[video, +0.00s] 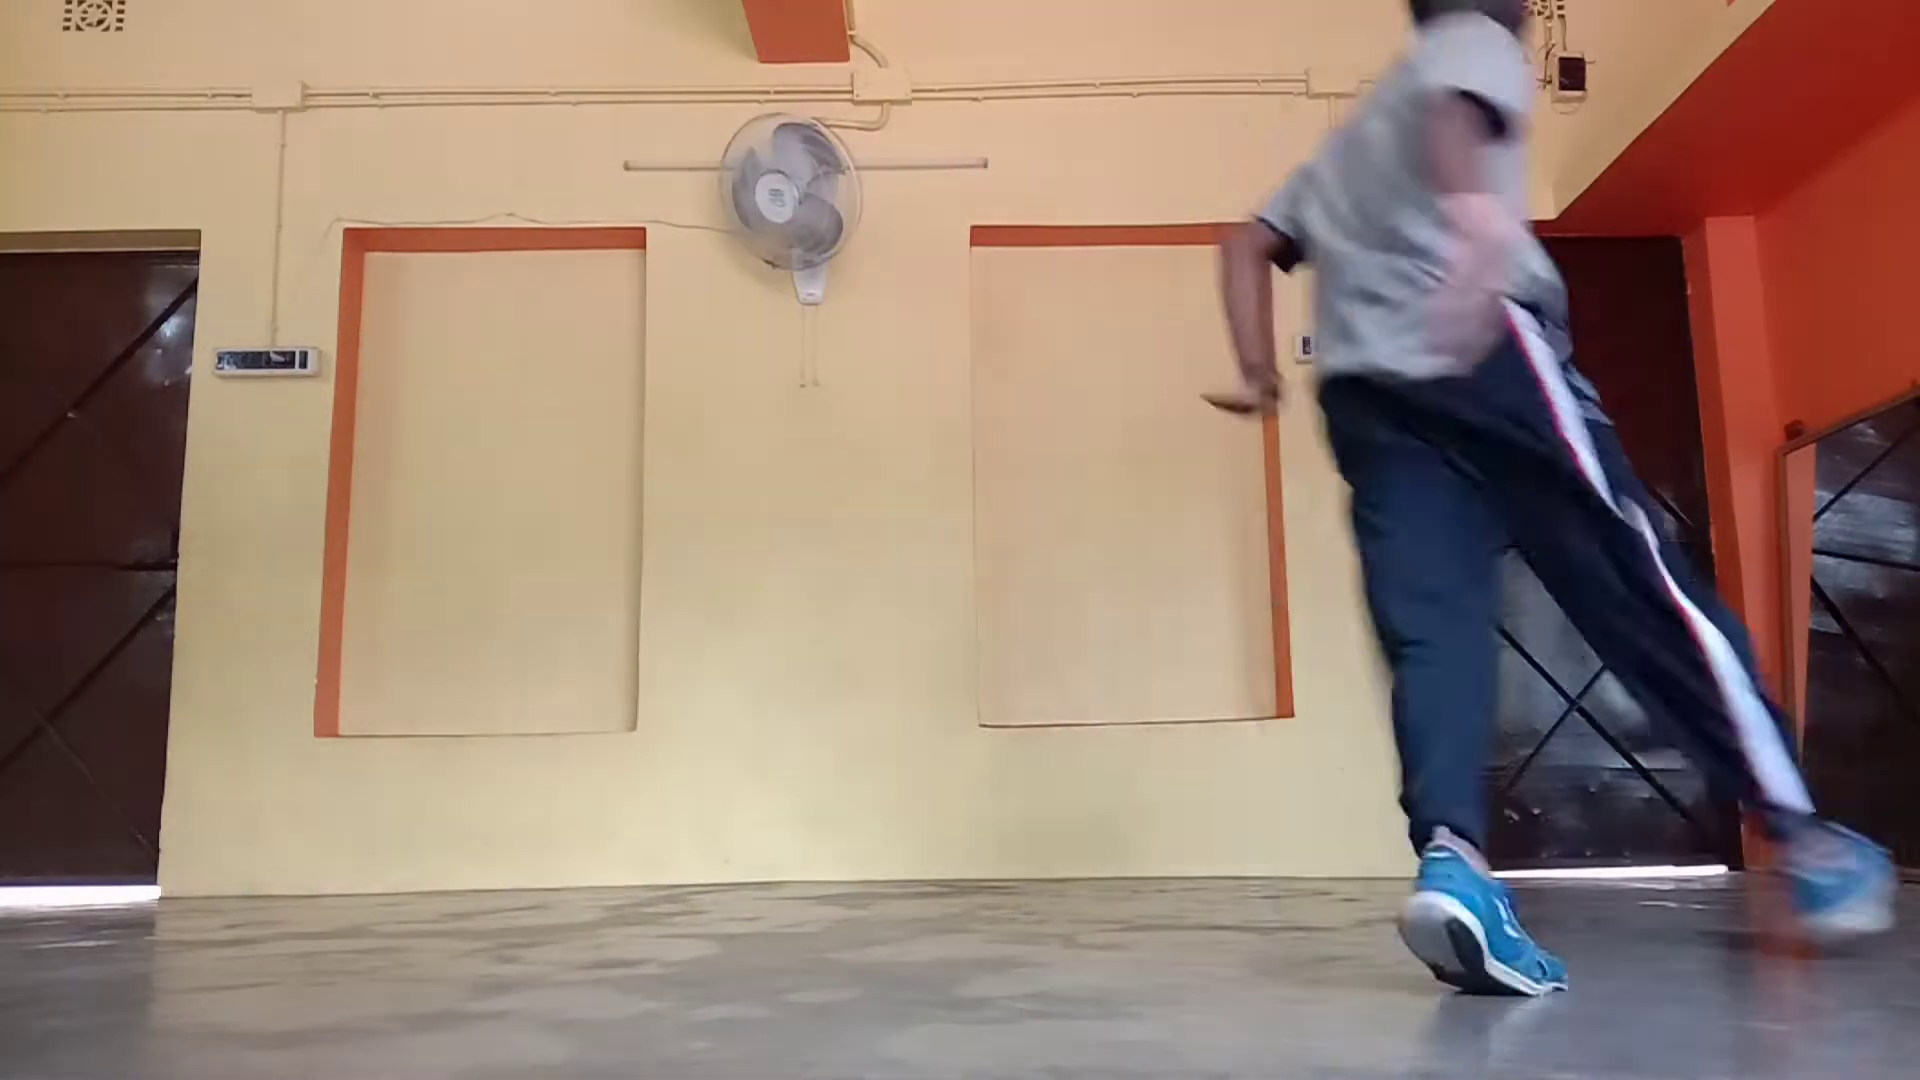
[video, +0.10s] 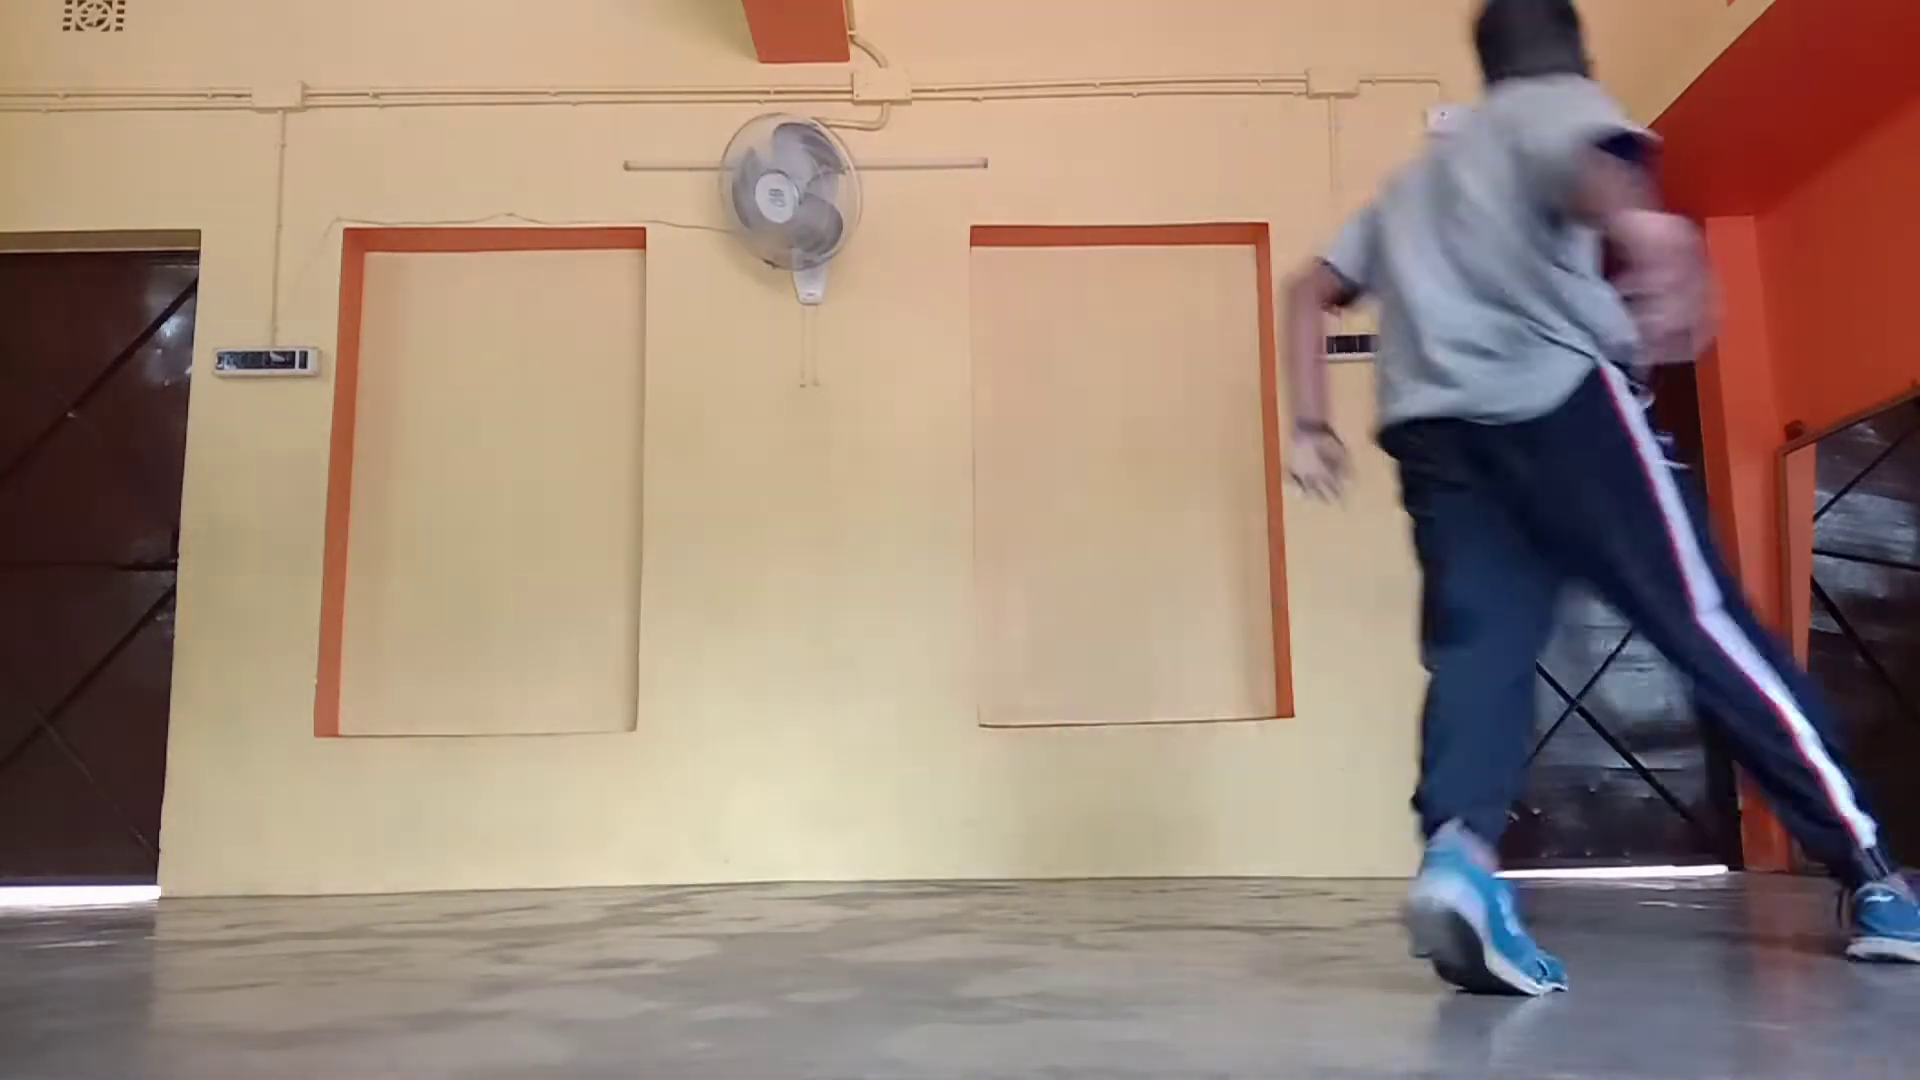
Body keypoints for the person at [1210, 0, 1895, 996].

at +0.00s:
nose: (1529, 27)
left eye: (1527, 22)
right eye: (1526, 18)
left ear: (1421, 16)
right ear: (1507, 12)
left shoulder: (1363, 129)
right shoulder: (1476, 37)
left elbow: (1244, 246)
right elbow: (1449, 118)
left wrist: (1257, 370)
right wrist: (1477, 217)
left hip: (1365, 378)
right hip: (1479, 338)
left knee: (1430, 616)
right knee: (1631, 573)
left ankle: (1450, 862)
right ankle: (1798, 831)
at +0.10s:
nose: (1577, 63)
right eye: (1573, 47)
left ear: (1485, 63)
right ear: (1571, 49)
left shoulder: (1422, 173)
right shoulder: (1560, 102)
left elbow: (1308, 288)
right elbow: (1590, 175)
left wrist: (1311, 416)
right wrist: (1653, 238)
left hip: (1433, 426)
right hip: (1557, 398)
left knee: (1479, 635)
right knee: (1701, 624)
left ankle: (1459, 854)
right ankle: (1871, 876)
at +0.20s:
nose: (1617, 87)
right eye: (1617, 73)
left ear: (1524, 92)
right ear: (1621, 81)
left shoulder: (1466, 190)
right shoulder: (1650, 145)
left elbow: (1383, 286)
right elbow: (1730, 221)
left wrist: (1406, 424)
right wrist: (1843, 291)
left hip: (1499, 446)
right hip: (1635, 421)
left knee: (1569, 632)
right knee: (1767, 613)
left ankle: (1552, 740)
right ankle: (1875, 867)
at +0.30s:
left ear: (1497, 72)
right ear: (1586, 57)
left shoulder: (1459, 142)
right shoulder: (1656, 119)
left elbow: (1407, 215)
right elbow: (1746, 221)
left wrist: (1452, 347)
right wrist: (1833, 328)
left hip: (1523, 405)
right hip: (1658, 396)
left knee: (1536, 596)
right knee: (1758, 585)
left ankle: (1671, 709)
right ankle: (1857, 811)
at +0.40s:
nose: (1450, 90)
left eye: (1453, 76)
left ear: (1460, 74)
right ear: (1547, 66)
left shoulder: (1461, 125)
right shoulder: (1644, 128)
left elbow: (1449, 185)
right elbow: (1741, 261)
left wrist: (1463, 323)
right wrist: (1732, 349)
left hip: (1543, 404)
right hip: (1667, 399)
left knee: (1546, 594)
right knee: (1748, 600)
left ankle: (1695, 785)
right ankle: (1855, 806)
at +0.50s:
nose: (1438, 173)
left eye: (1435, 161)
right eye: (1441, 163)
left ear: (1444, 144)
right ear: (1517, 130)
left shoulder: (1464, 175)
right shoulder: (1629, 198)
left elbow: (1482, 243)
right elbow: (1706, 292)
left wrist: (1483, 369)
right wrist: (1677, 372)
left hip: (1560, 441)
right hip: (1673, 438)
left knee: (1592, 647)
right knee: (1753, 634)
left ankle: (1640, 831)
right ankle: (1853, 849)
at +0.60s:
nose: (1402, 246)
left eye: (1400, 230)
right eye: (1398, 231)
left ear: (1413, 219)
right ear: (1473, 198)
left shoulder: (1441, 269)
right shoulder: (1564, 244)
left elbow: (1505, 337)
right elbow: (1625, 347)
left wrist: (1546, 454)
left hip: (1572, 500)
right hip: (1670, 483)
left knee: (1576, 682)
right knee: (1727, 642)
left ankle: (1637, 851)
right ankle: (1819, 789)